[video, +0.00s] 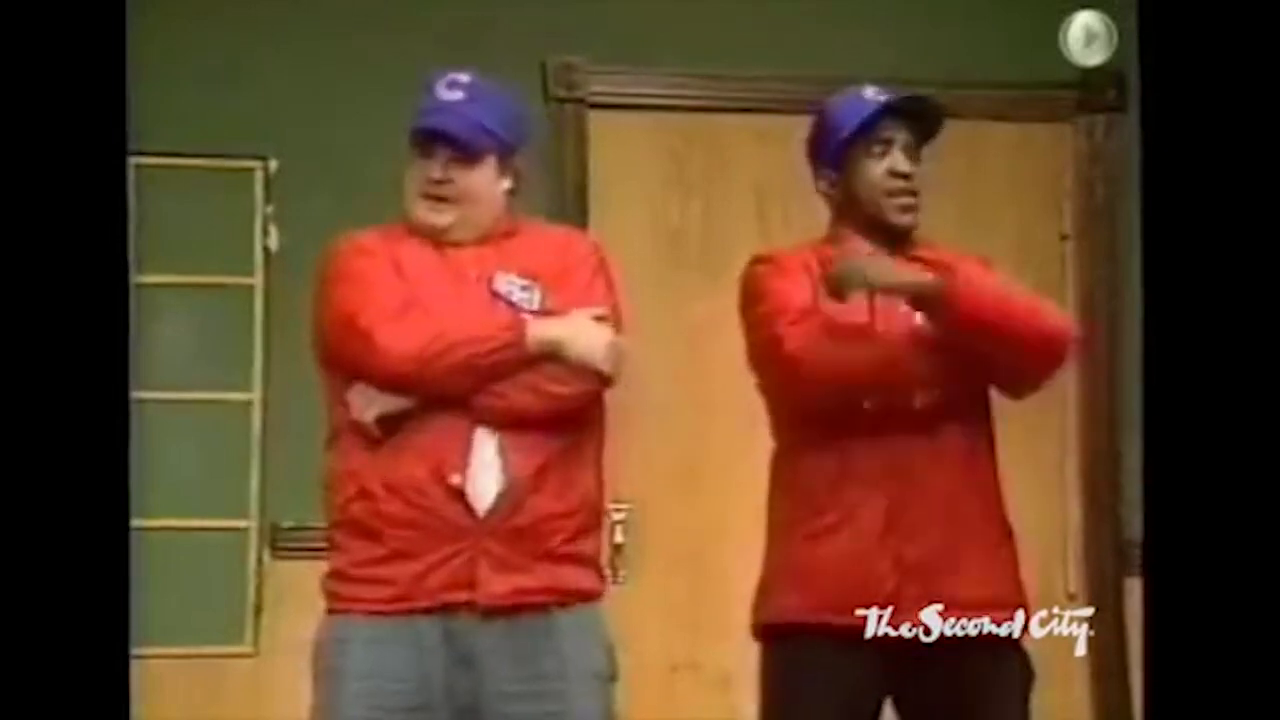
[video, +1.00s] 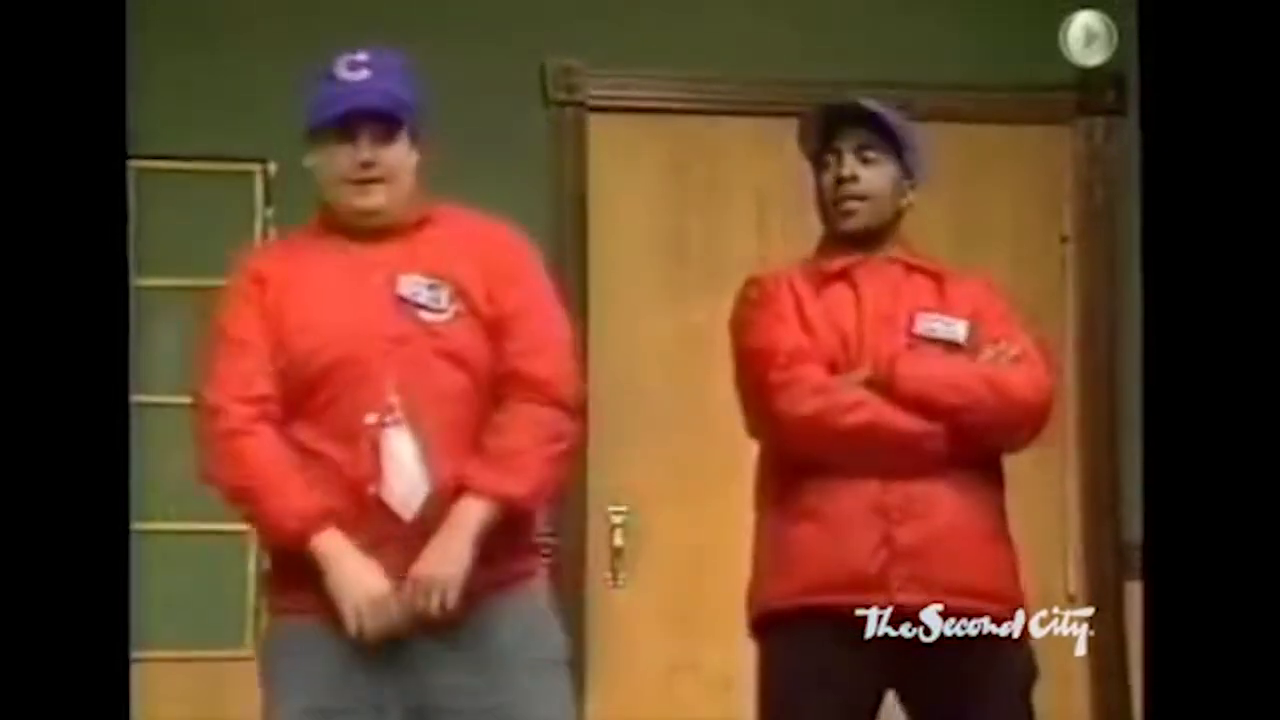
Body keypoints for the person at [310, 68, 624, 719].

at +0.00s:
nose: (436, 172)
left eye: (462, 157)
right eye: (425, 152)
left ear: (509, 174)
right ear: (407, 162)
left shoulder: (570, 256)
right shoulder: (364, 255)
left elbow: (573, 388)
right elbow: (383, 352)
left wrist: (426, 380)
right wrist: (543, 336)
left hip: (544, 609)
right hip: (384, 611)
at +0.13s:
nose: (437, 164)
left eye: (463, 149)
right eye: (425, 144)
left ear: (508, 166)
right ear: (407, 152)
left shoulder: (568, 249)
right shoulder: (362, 247)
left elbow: (611, 377)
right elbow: (341, 352)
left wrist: (480, 401)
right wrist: (485, 348)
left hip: (543, 612)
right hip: (384, 616)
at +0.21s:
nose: (437, 168)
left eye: (463, 153)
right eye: (426, 147)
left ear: (510, 165)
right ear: (410, 152)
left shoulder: (571, 257)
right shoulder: (357, 254)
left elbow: (634, 393)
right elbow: (286, 382)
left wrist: (572, 462)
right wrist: (359, 439)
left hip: (541, 617)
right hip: (383, 619)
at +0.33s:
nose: (443, 171)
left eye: (467, 155)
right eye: (428, 150)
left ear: (509, 165)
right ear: (407, 157)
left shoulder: (565, 262)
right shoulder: (357, 262)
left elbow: (625, 386)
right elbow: (266, 376)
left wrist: (643, 482)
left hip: (542, 608)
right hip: (385, 611)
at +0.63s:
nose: (408, 165)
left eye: (429, 146)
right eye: (391, 145)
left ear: (471, 155)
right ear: (369, 156)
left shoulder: (545, 265)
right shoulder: (316, 275)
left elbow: (627, 391)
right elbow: (240, 402)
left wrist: (615, 483)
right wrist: (252, 473)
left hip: (529, 624)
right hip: (365, 630)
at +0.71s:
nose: (393, 161)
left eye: (414, 140)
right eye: (375, 142)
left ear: (453, 150)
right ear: (354, 155)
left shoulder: (539, 264)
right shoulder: (302, 280)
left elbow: (598, 395)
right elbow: (252, 414)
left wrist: (558, 491)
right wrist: (316, 492)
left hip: (519, 621)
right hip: (356, 627)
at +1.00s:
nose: (364, 155)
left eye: (384, 135)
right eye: (342, 138)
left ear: (416, 148)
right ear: (313, 154)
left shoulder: (493, 252)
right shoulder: (268, 274)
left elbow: (546, 400)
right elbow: (234, 429)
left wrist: (464, 525)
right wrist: (332, 550)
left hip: (493, 612)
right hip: (325, 618)